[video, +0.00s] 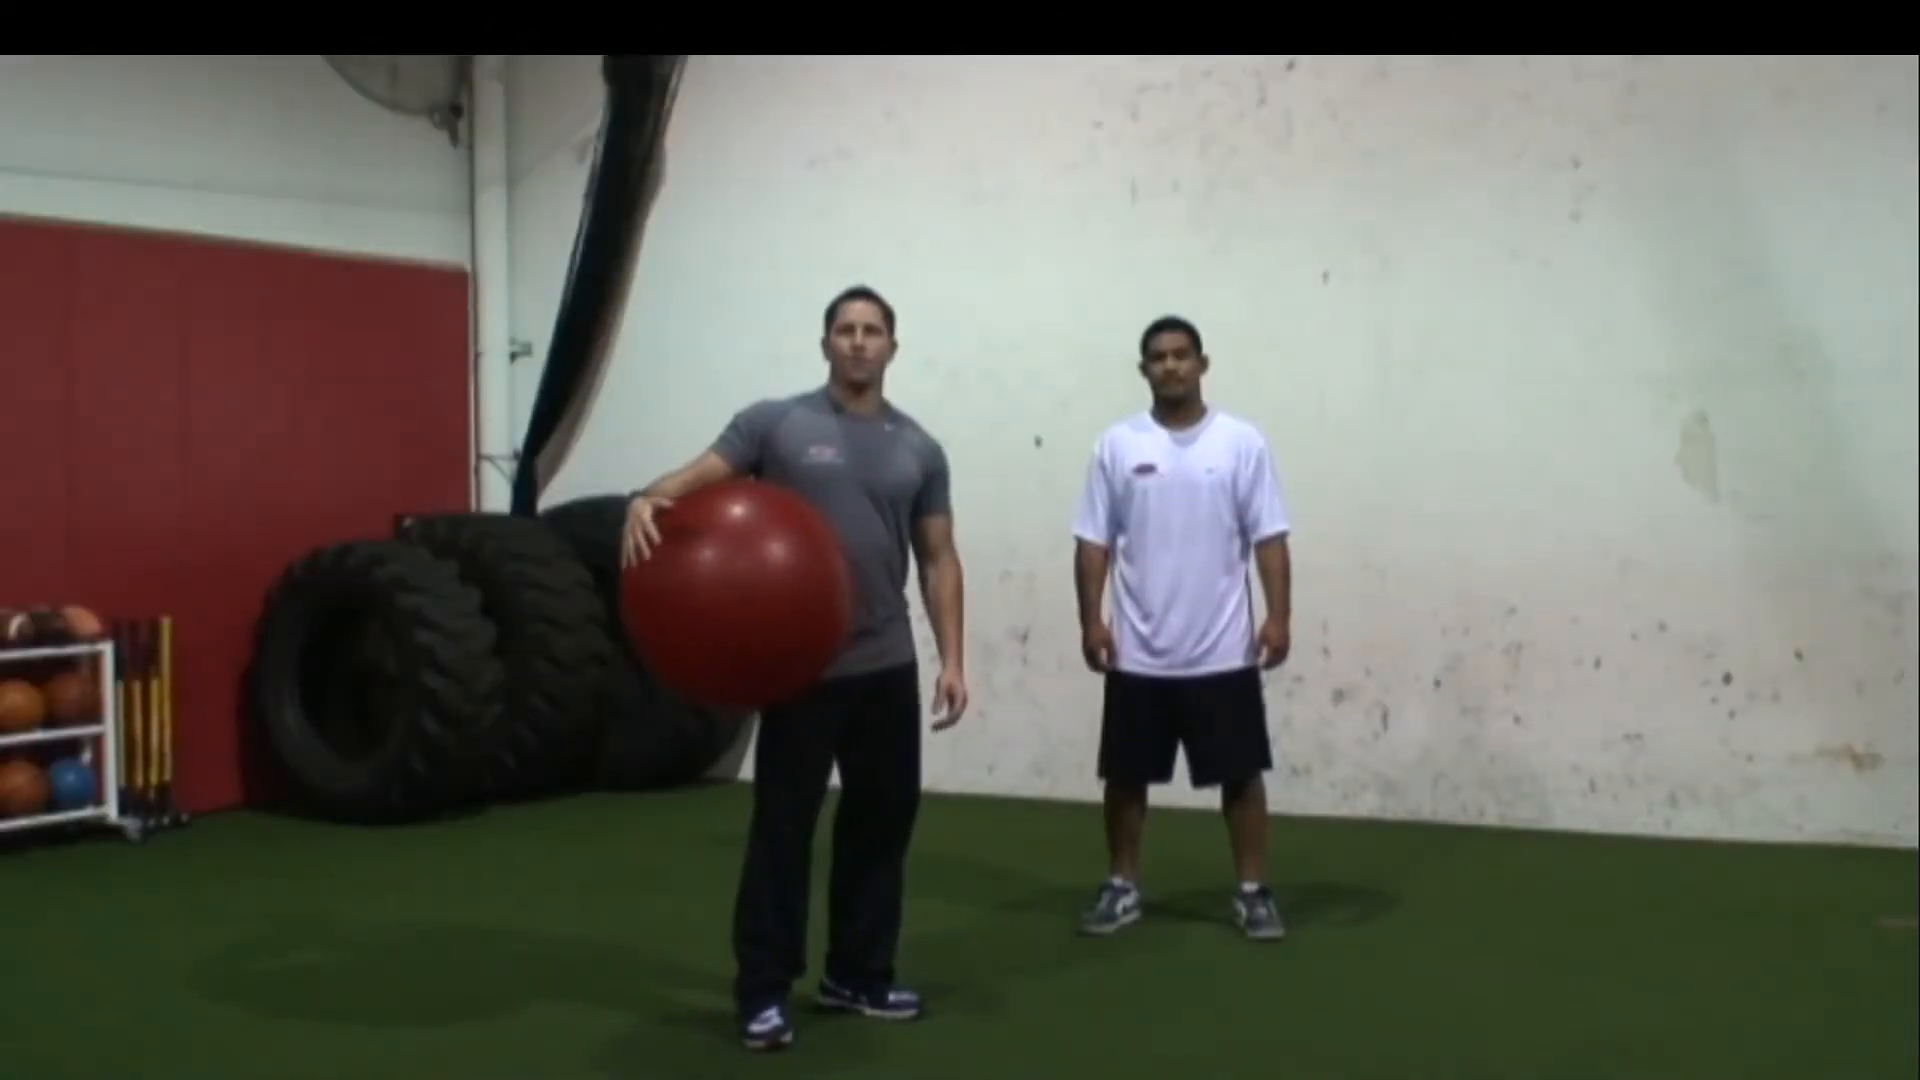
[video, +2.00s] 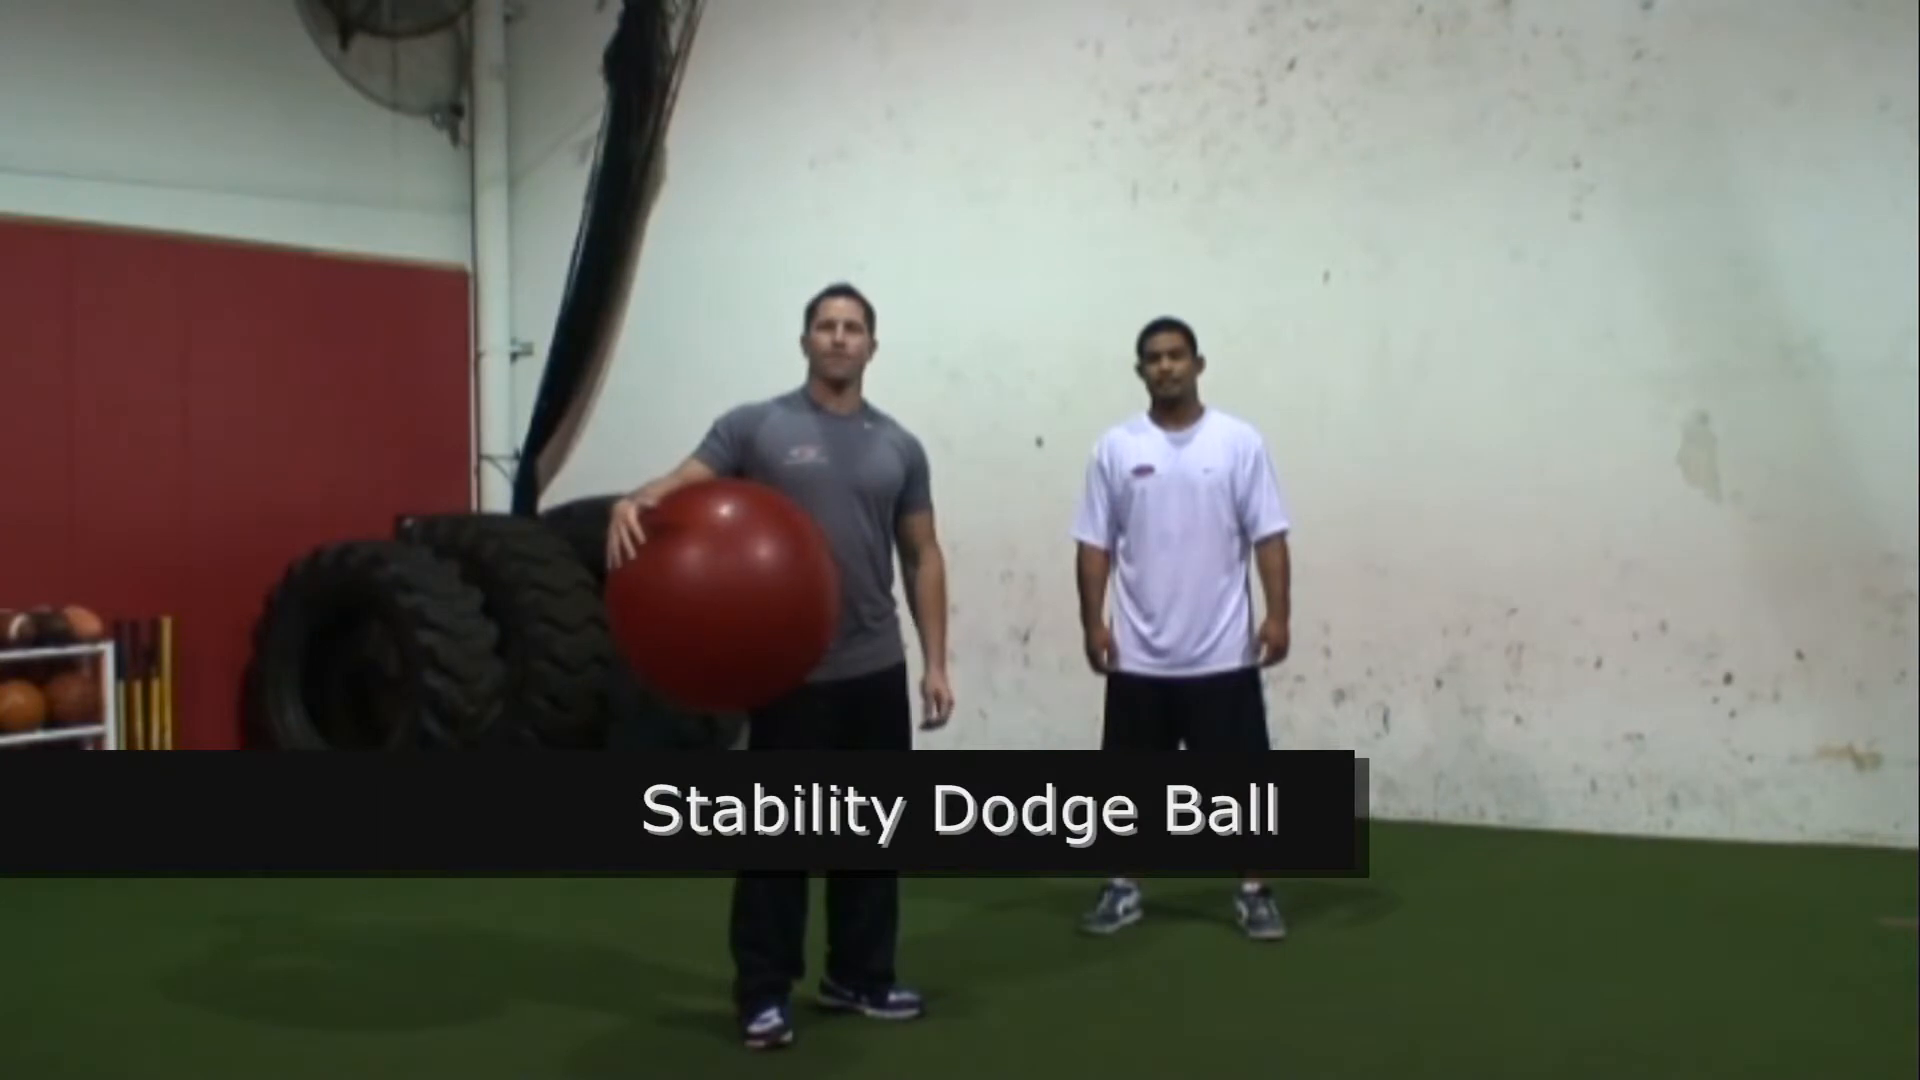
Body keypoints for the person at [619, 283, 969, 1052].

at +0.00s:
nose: (858, 341)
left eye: (872, 331)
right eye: (846, 329)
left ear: (892, 347)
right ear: (825, 343)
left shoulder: (918, 449)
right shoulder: (774, 423)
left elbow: (939, 557)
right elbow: (697, 476)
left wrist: (953, 658)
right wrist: (645, 500)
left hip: (886, 667)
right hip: (798, 669)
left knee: (881, 827)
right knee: (782, 831)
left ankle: (860, 975)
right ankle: (764, 993)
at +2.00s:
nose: (839, 337)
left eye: (853, 327)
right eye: (827, 326)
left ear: (872, 345)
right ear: (804, 341)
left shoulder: (899, 447)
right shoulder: (754, 426)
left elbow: (923, 554)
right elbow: (681, 484)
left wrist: (936, 661)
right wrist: (630, 504)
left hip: (874, 669)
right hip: (785, 674)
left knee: (873, 833)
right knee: (777, 835)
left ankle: (860, 976)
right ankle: (765, 994)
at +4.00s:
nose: (841, 337)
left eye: (854, 326)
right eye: (828, 325)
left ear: (874, 343)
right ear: (806, 339)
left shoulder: (897, 447)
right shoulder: (757, 425)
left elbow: (923, 549)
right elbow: (687, 481)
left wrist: (941, 644)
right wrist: (648, 499)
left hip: (877, 669)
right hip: (789, 670)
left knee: (874, 827)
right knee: (779, 834)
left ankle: (860, 975)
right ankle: (764, 993)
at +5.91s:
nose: (849, 340)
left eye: (862, 330)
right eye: (835, 327)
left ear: (877, 345)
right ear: (809, 338)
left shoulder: (896, 446)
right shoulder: (761, 422)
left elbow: (915, 549)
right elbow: (688, 484)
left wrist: (937, 639)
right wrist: (660, 509)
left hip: (877, 670)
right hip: (791, 669)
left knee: (874, 827)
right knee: (782, 831)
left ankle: (860, 975)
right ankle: (764, 993)